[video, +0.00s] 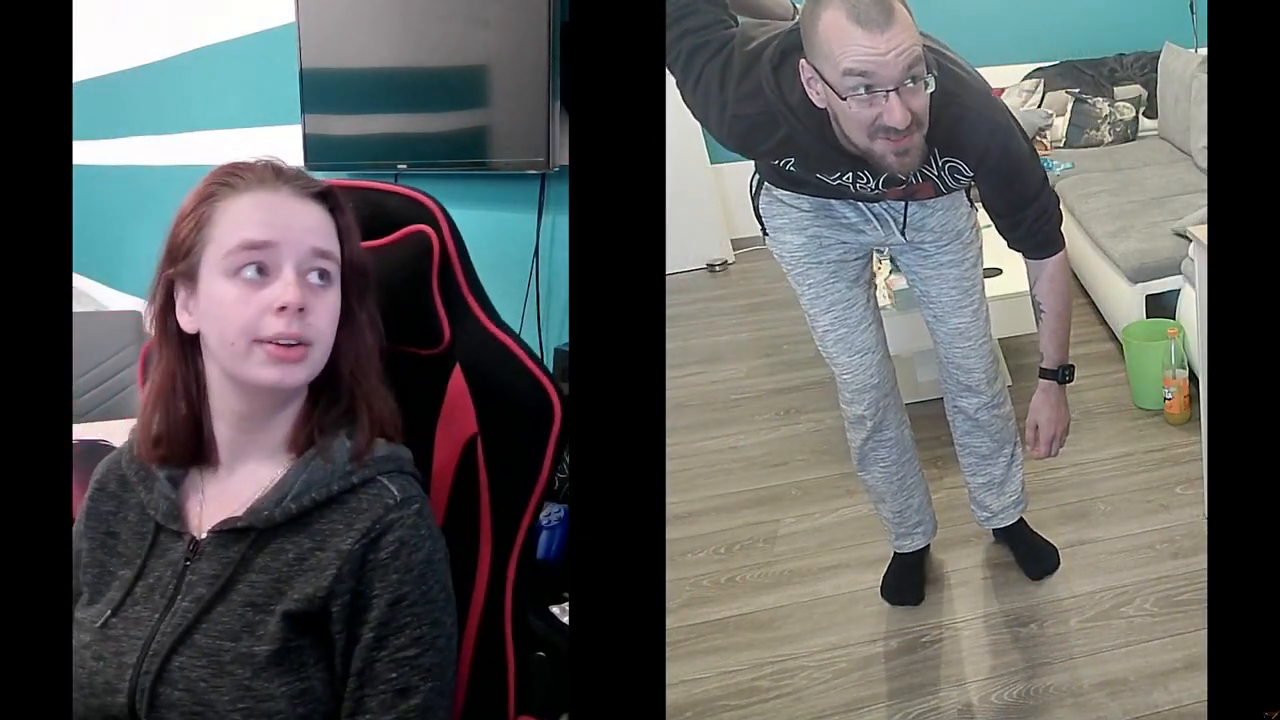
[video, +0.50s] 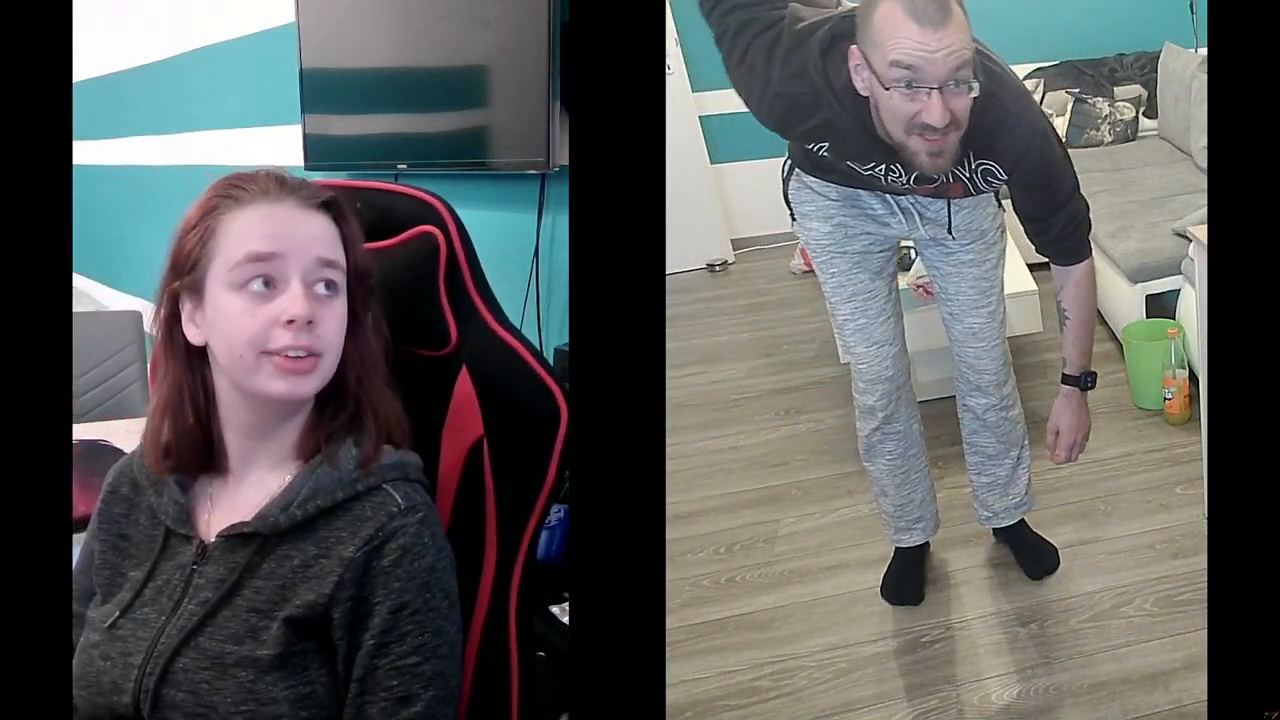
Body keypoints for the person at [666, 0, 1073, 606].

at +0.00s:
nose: (899, 114)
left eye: (911, 80)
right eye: (865, 91)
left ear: (925, 57)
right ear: (813, 84)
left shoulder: (973, 115)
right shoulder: (749, 99)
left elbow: (1045, 241)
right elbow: (682, 13)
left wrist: (1055, 379)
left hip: (936, 197)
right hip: (807, 201)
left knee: (973, 368)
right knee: (864, 388)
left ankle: (1004, 513)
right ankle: (909, 537)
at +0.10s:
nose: (903, 111)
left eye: (916, 78)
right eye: (871, 88)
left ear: (931, 59)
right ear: (818, 81)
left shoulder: (976, 112)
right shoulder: (753, 94)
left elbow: (1047, 239)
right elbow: (686, 12)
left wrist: (1056, 379)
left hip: (940, 197)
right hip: (811, 199)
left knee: (973, 365)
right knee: (866, 386)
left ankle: (1005, 512)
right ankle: (910, 536)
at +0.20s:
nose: (909, 111)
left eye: (924, 79)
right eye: (878, 87)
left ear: (938, 60)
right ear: (826, 80)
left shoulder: (982, 112)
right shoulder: (763, 92)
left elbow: (1051, 240)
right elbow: (686, 10)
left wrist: (1059, 379)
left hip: (946, 195)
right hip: (817, 197)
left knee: (975, 363)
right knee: (868, 382)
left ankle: (1005, 512)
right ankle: (909, 535)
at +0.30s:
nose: (917, 111)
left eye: (933, 80)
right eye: (886, 87)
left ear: (947, 59)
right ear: (835, 77)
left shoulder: (991, 113)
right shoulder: (770, 91)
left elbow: (1057, 242)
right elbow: (692, 6)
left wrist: (1064, 379)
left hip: (950, 193)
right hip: (823, 193)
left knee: (978, 361)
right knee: (871, 378)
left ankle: (1006, 512)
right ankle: (910, 535)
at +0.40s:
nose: (925, 110)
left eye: (943, 81)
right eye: (897, 85)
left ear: (958, 62)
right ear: (846, 73)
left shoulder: (1001, 115)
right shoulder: (779, 85)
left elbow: (1065, 244)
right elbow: (704, 5)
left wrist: (1070, 380)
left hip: (957, 194)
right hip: (830, 192)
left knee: (982, 361)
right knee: (874, 377)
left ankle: (1007, 513)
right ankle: (909, 536)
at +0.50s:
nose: (938, 112)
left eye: (957, 82)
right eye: (910, 85)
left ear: (973, 64)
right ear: (861, 71)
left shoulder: (1012, 120)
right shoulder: (790, 76)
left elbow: (1071, 249)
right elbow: (722, 3)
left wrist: (1077, 385)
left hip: (963, 194)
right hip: (837, 189)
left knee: (985, 362)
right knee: (877, 376)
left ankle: (1007, 513)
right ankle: (909, 534)